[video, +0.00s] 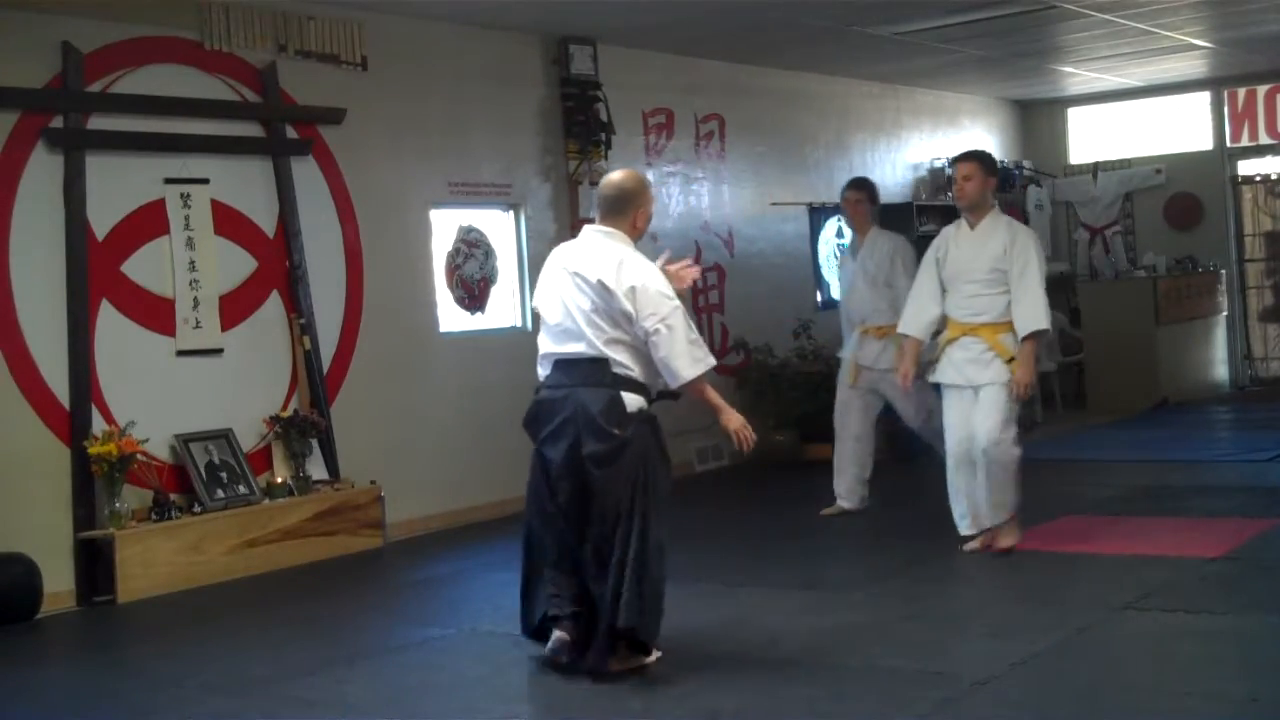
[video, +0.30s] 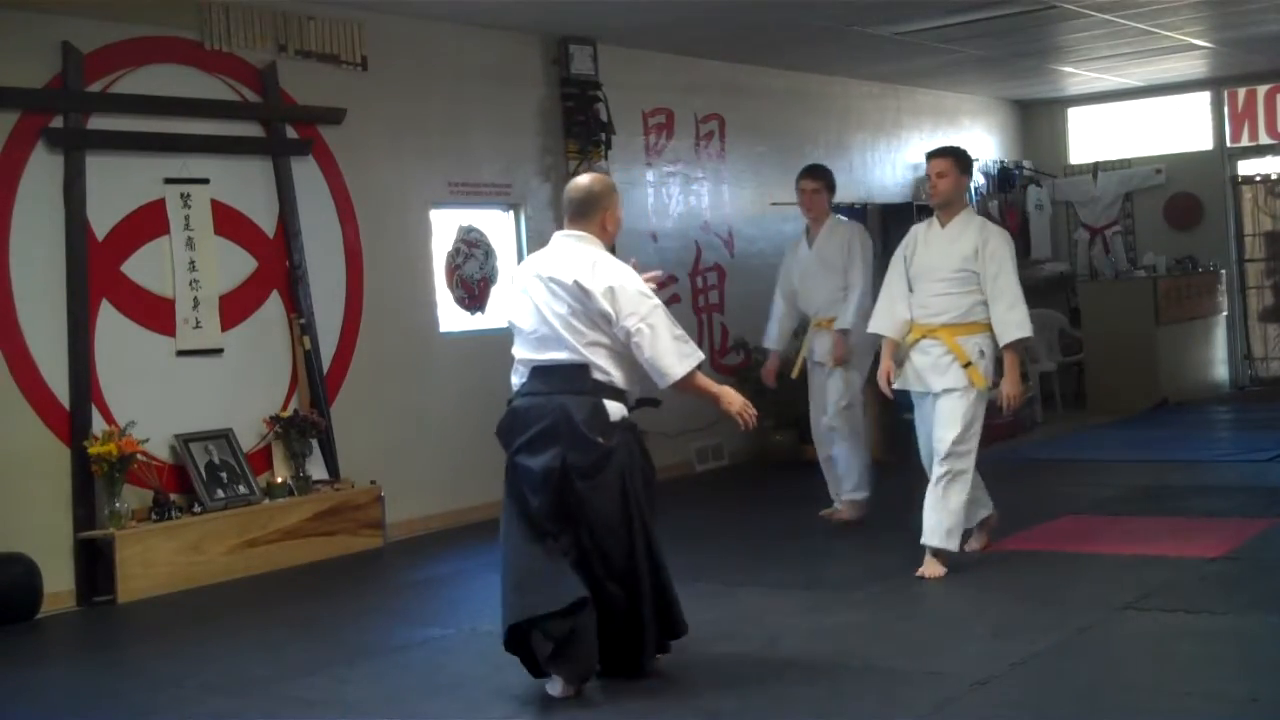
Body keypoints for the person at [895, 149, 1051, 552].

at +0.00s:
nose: (958, 187)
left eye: (967, 179)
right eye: (955, 181)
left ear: (991, 183)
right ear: (954, 187)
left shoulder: (1017, 236)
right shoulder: (945, 240)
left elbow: (1029, 296)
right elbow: (925, 294)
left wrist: (1028, 355)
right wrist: (910, 350)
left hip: (1000, 346)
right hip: (956, 347)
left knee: (990, 436)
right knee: (958, 442)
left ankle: (1004, 518)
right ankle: (976, 526)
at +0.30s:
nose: (932, 184)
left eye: (941, 176)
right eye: (929, 178)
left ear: (965, 180)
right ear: (928, 184)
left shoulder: (989, 236)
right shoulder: (916, 236)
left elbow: (1006, 303)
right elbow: (897, 297)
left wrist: (1012, 370)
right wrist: (887, 352)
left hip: (966, 352)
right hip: (919, 355)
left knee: (950, 450)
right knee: (933, 452)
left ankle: (936, 549)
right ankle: (981, 514)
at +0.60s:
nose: (912, 179)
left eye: (921, 171)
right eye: (909, 172)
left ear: (948, 177)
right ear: (908, 178)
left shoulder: (969, 234)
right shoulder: (896, 232)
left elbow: (981, 303)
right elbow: (875, 295)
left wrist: (973, 364)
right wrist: (864, 356)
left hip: (944, 354)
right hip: (894, 355)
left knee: (942, 455)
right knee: (884, 453)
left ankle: (939, 549)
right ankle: (910, 540)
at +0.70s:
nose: (908, 179)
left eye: (917, 171)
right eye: (905, 172)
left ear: (944, 177)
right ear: (903, 178)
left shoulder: (966, 236)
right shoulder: (891, 233)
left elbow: (975, 303)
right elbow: (869, 298)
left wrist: (959, 358)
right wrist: (858, 357)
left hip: (940, 356)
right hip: (889, 356)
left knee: (942, 459)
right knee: (879, 455)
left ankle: (940, 552)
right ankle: (896, 547)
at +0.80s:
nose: (904, 181)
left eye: (914, 173)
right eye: (901, 174)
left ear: (940, 178)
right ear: (899, 180)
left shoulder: (962, 238)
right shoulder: (885, 235)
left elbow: (971, 304)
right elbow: (864, 299)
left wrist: (949, 352)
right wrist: (854, 358)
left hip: (936, 357)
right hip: (884, 359)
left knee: (942, 461)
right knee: (876, 457)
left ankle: (939, 554)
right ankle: (884, 555)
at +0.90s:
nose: (899, 184)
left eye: (908, 176)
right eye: (895, 177)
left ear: (934, 182)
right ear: (892, 183)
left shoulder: (956, 241)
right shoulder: (879, 239)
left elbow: (962, 306)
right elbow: (857, 304)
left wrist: (936, 351)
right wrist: (849, 362)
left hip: (932, 362)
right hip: (880, 365)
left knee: (942, 466)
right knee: (867, 460)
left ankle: (938, 556)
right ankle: (881, 559)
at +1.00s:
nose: (891, 188)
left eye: (900, 180)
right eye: (887, 181)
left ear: (926, 185)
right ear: (885, 187)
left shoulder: (948, 245)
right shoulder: (872, 243)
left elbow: (949, 310)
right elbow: (851, 307)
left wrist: (916, 349)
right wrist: (844, 364)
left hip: (928, 367)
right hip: (873, 370)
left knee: (940, 471)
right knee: (859, 465)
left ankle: (939, 556)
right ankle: (883, 563)